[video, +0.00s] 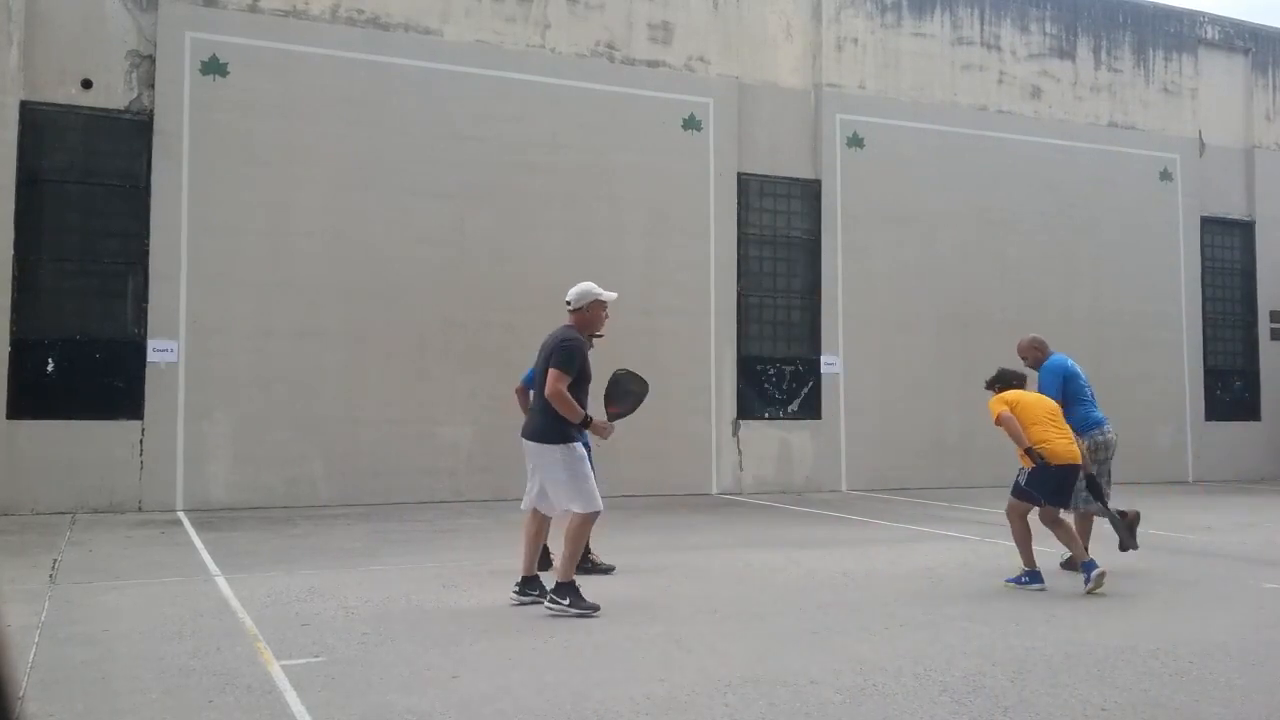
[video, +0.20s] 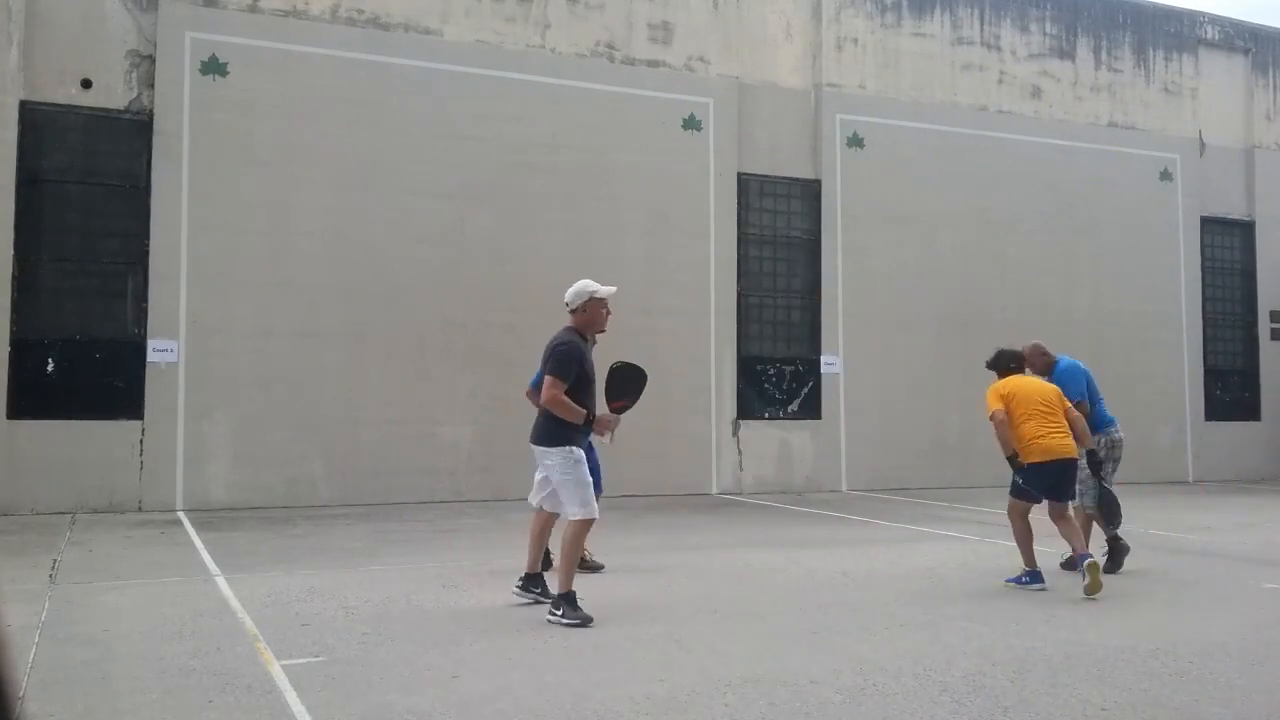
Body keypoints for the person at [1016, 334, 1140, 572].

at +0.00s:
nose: (1026, 364)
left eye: (1026, 358)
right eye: (1023, 360)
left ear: (1039, 351)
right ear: (1040, 350)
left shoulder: (1051, 368)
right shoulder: (1062, 362)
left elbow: (1048, 411)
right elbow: (1053, 408)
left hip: (1090, 437)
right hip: (1100, 434)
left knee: (1079, 499)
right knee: (1084, 500)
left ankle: (1121, 518)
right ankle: (1080, 555)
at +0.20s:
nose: (1031, 370)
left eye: (1031, 365)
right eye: (1029, 366)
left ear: (1044, 357)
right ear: (1043, 356)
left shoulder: (1069, 370)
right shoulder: (1054, 374)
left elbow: (1082, 410)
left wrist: (1052, 424)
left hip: (1104, 437)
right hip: (1088, 438)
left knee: (1090, 498)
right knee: (1082, 499)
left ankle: (1115, 542)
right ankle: (1080, 553)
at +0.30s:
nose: (1042, 372)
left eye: (1043, 366)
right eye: (1039, 368)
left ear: (1055, 357)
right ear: (1049, 360)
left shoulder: (1081, 371)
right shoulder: (1054, 377)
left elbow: (1098, 409)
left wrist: (1071, 430)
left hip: (1106, 437)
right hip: (1086, 438)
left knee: (1094, 498)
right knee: (1082, 500)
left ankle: (1113, 545)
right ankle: (1080, 553)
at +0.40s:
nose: (1055, 367)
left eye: (1057, 362)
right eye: (1053, 363)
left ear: (1069, 353)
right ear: (1053, 360)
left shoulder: (1092, 371)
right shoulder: (1061, 374)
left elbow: (1112, 407)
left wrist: (1085, 433)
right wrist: (1062, 431)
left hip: (1108, 439)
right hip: (1083, 440)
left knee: (1099, 500)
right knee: (1077, 499)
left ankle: (1116, 552)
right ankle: (1080, 554)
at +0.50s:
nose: (1065, 357)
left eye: (1069, 352)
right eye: (1063, 353)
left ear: (1083, 349)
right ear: (1064, 352)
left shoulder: (1103, 369)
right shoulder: (1065, 373)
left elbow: (1123, 406)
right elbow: (1062, 407)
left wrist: (1097, 432)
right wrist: (1067, 431)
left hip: (1110, 440)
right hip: (1081, 439)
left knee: (1106, 499)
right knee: (1075, 498)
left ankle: (1118, 553)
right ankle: (1081, 551)